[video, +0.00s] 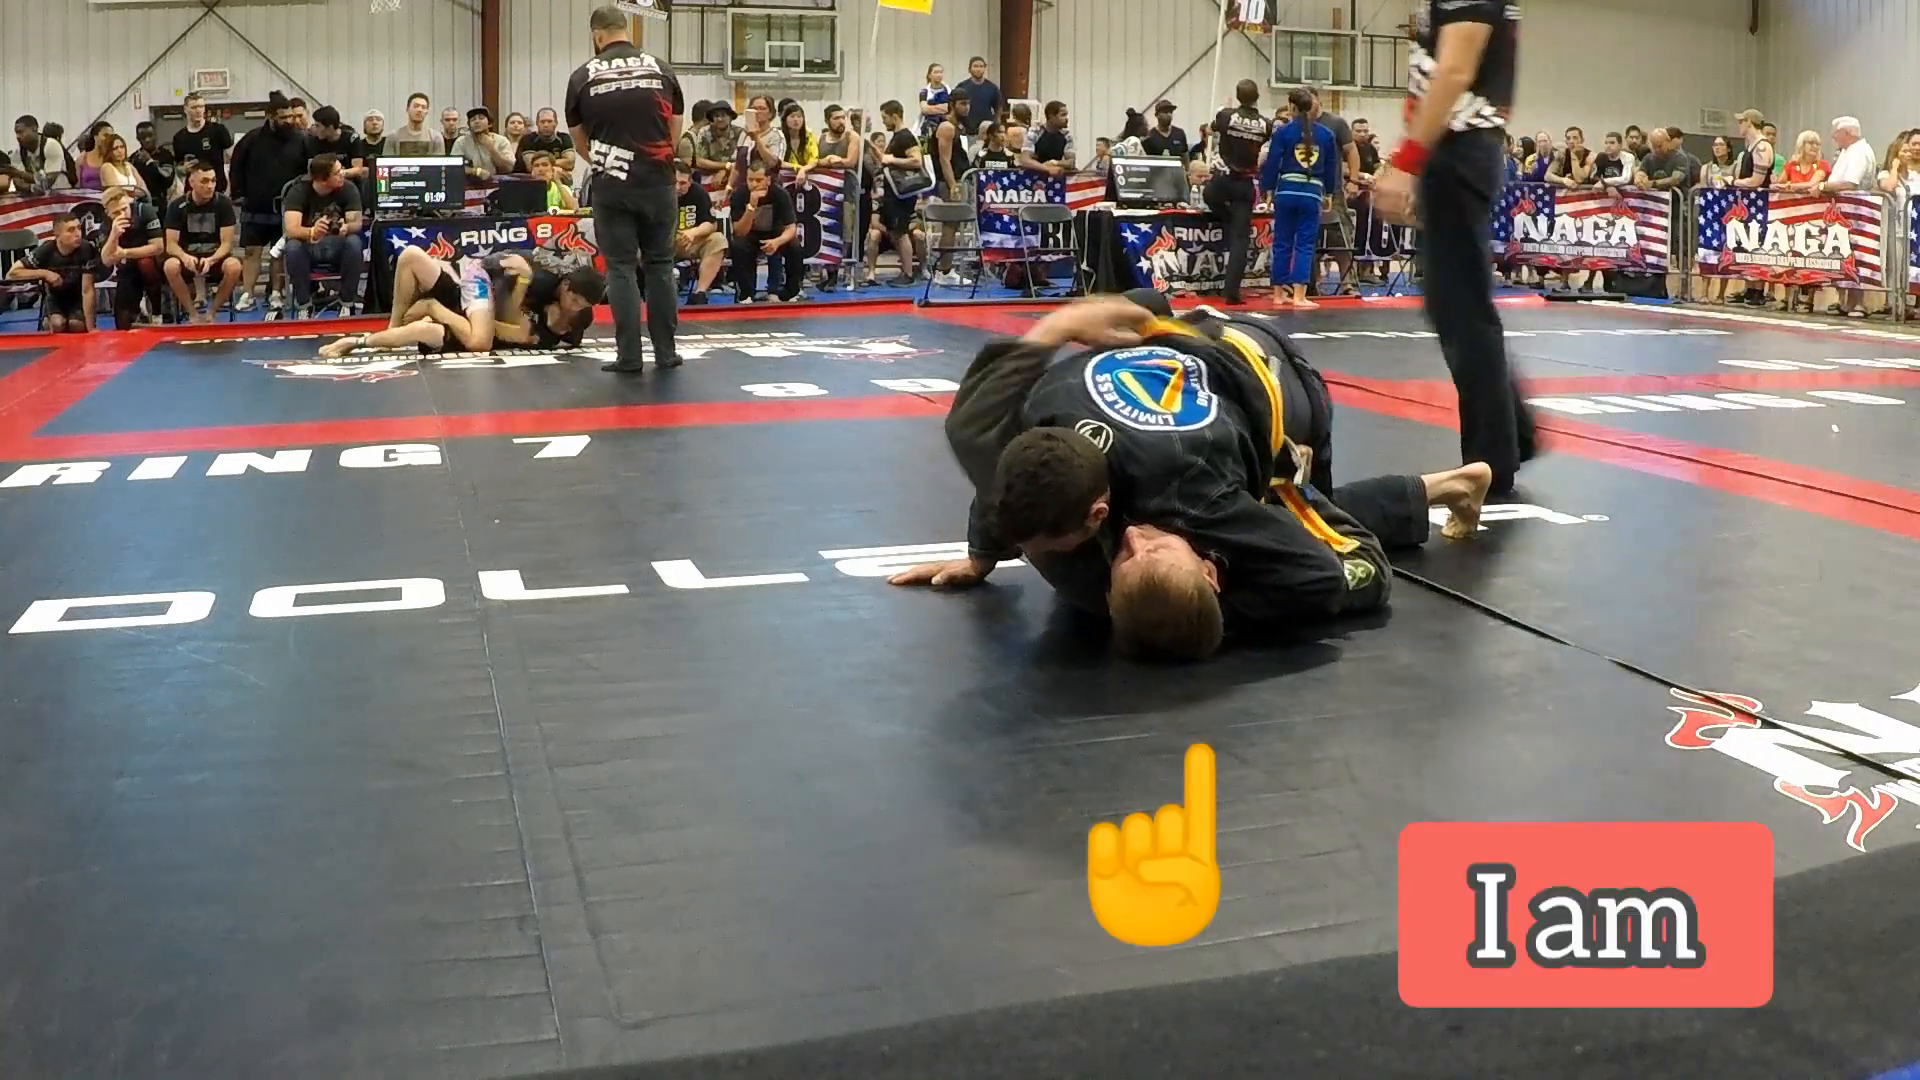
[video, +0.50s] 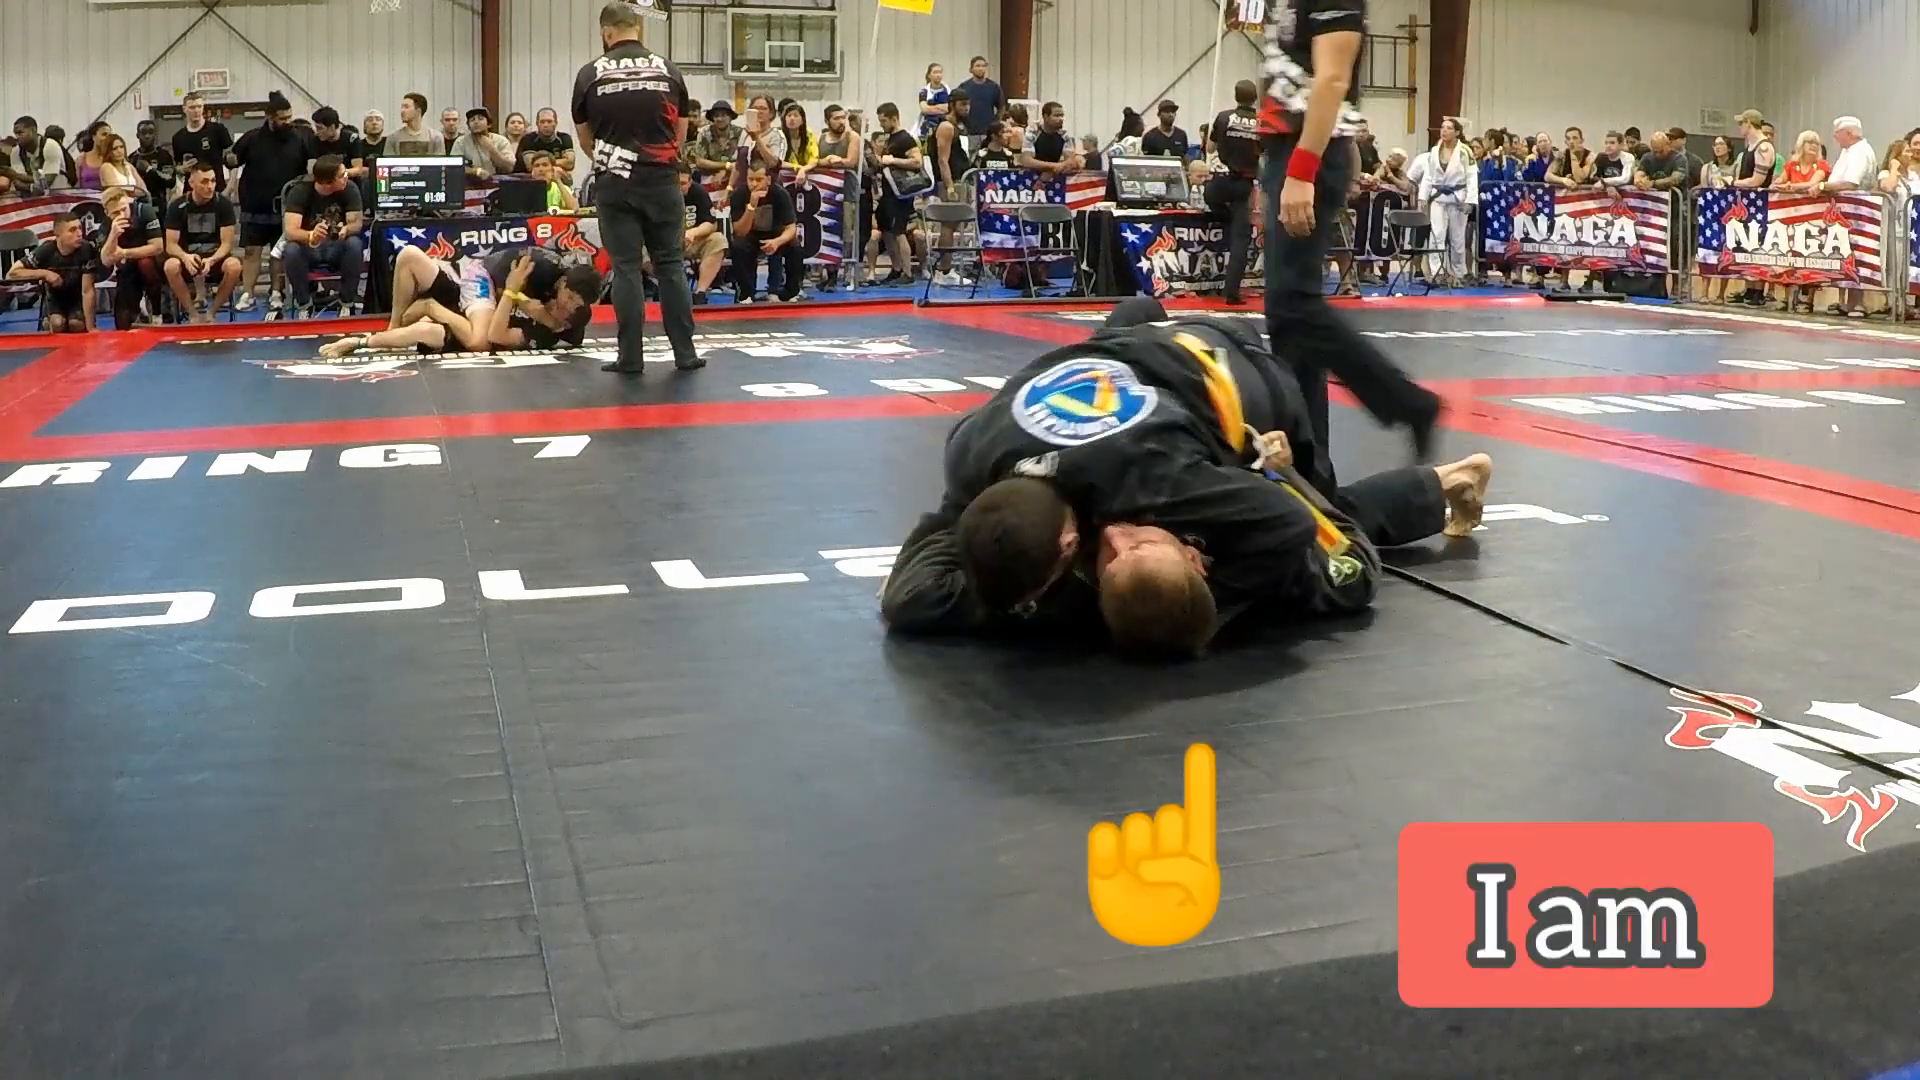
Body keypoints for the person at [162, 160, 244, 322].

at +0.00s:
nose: (210, 186)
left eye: (213, 181)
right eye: (204, 181)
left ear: (216, 181)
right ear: (191, 182)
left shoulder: (223, 203)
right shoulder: (177, 206)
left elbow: (227, 242)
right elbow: (171, 244)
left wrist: (211, 259)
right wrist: (185, 257)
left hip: (214, 257)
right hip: (188, 258)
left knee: (234, 266)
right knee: (170, 266)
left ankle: (211, 314)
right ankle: (193, 315)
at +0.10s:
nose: (210, 186)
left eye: (212, 181)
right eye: (204, 181)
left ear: (216, 181)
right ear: (191, 182)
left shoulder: (223, 204)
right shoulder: (177, 206)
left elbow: (226, 243)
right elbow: (170, 244)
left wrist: (211, 259)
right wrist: (184, 257)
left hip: (214, 257)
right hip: (188, 258)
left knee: (234, 266)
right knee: (170, 266)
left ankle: (211, 314)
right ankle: (193, 315)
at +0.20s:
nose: (209, 186)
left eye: (212, 181)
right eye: (204, 182)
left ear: (215, 181)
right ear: (191, 182)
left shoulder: (223, 204)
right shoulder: (177, 206)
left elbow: (226, 242)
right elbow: (170, 244)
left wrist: (212, 259)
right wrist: (184, 257)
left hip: (215, 256)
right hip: (188, 258)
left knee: (234, 266)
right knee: (170, 266)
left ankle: (211, 314)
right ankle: (193, 315)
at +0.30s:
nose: (209, 186)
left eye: (212, 181)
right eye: (204, 182)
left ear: (215, 181)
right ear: (190, 182)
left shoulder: (223, 204)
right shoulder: (177, 206)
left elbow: (227, 242)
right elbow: (170, 243)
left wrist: (212, 259)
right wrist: (185, 257)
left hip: (215, 256)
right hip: (188, 258)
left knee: (234, 266)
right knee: (170, 267)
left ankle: (211, 313)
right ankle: (193, 315)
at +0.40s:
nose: (210, 186)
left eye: (212, 181)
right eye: (204, 182)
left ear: (216, 181)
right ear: (191, 183)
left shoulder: (223, 204)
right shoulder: (177, 206)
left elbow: (227, 242)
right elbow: (170, 244)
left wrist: (212, 259)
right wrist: (185, 257)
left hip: (215, 255)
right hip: (189, 257)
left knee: (234, 266)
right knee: (171, 267)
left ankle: (211, 314)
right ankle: (193, 315)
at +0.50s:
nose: (210, 186)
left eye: (212, 181)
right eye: (204, 182)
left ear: (216, 181)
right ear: (191, 183)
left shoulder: (223, 204)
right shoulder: (177, 206)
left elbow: (227, 242)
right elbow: (170, 244)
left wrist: (212, 260)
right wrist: (185, 257)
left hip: (215, 256)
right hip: (188, 258)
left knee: (234, 266)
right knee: (171, 266)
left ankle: (211, 314)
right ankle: (193, 315)